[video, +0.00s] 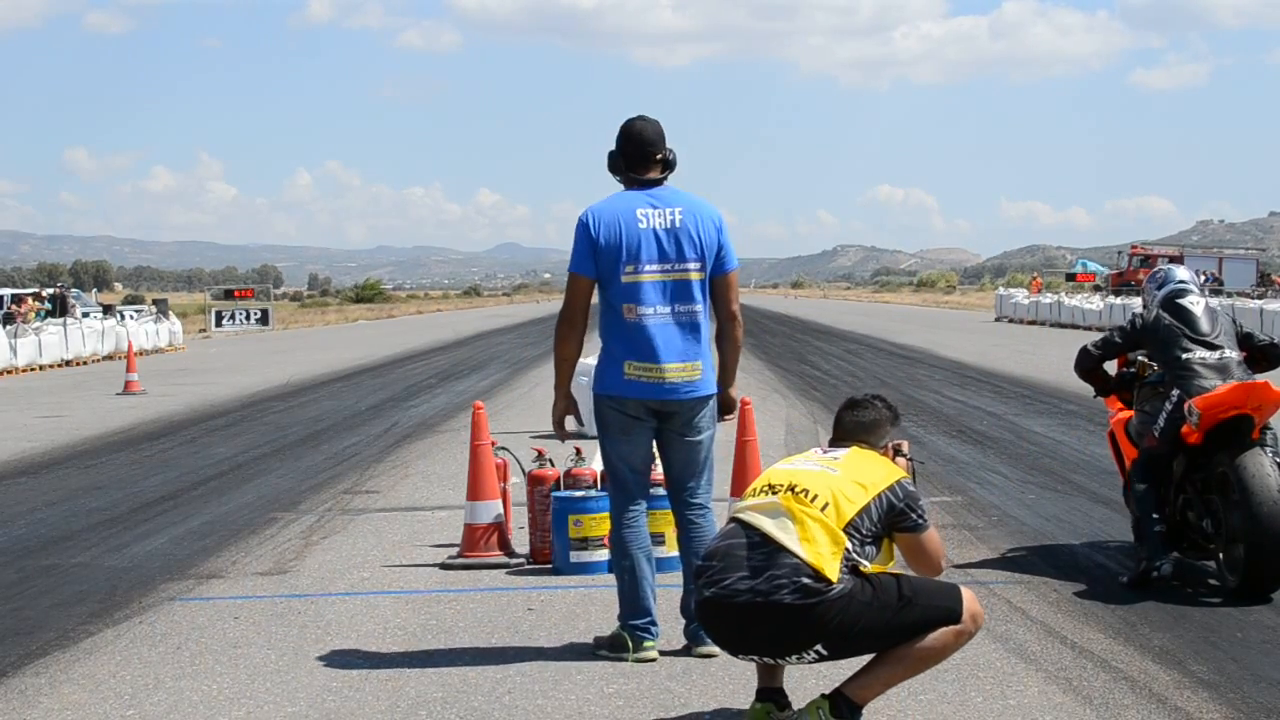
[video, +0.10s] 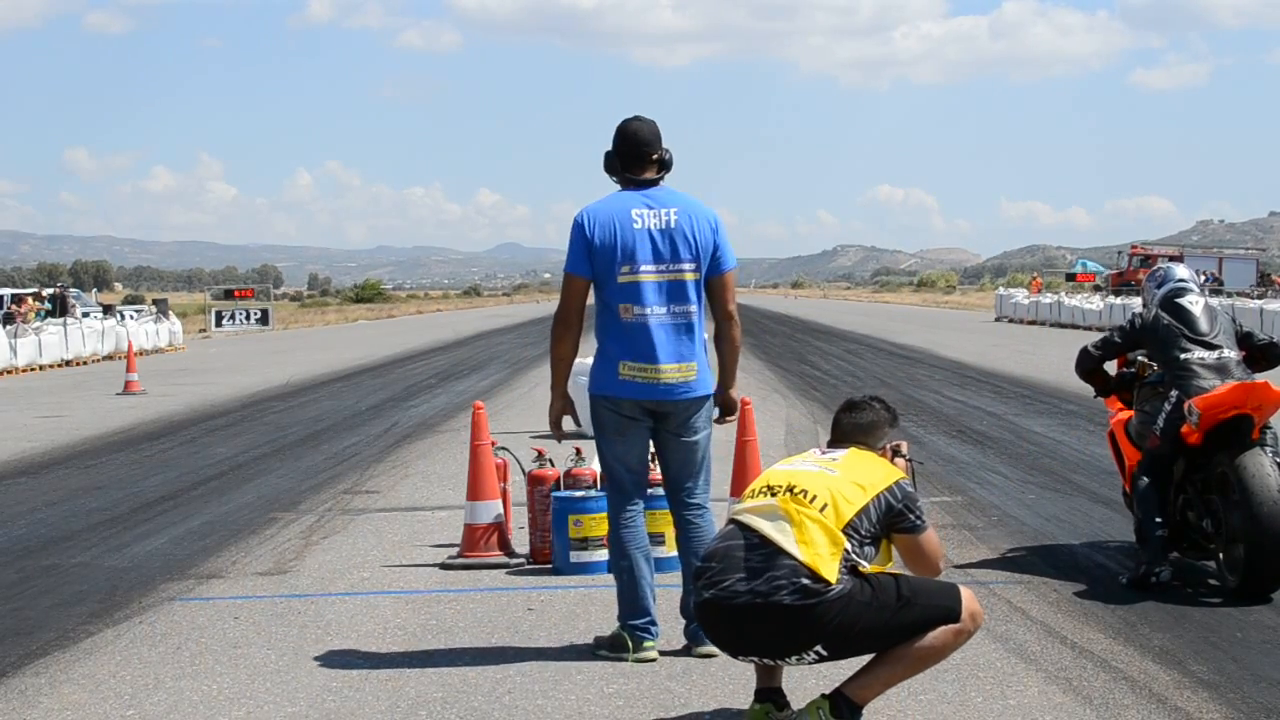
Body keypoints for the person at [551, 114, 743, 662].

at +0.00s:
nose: (617, 165)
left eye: (617, 158)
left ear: (617, 164)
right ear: (668, 162)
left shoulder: (598, 220)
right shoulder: (707, 217)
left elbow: (574, 314)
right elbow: (730, 313)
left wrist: (563, 388)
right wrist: (727, 382)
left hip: (623, 386)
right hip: (692, 384)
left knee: (629, 505)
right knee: (695, 504)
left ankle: (639, 631)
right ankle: (704, 629)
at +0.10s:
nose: (615, 165)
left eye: (614, 158)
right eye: (656, 156)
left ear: (613, 164)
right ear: (664, 162)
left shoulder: (594, 220)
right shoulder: (703, 218)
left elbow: (570, 315)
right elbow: (727, 314)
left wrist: (559, 389)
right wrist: (727, 384)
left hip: (619, 386)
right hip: (688, 384)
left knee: (627, 505)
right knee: (694, 502)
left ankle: (639, 632)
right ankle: (704, 629)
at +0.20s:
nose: (613, 167)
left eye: (609, 160)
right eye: (652, 157)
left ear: (608, 165)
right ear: (659, 163)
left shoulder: (589, 221)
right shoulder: (698, 218)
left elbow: (565, 314)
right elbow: (723, 313)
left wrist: (555, 388)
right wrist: (727, 384)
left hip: (614, 386)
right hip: (683, 385)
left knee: (624, 506)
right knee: (691, 502)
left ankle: (639, 632)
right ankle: (704, 628)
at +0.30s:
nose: (611, 167)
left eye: (605, 160)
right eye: (644, 158)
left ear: (602, 165)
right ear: (653, 163)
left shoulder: (583, 221)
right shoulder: (692, 219)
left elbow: (559, 315)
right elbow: (717, 315)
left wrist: (549, 388)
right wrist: (722, 384)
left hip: (607, 386)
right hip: (676, 385)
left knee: (621, 506)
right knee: (686, 501)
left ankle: (639, 632)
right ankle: (703, 626)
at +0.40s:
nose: (601, 167)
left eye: (598, 161)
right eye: (638, 159)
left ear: (596, 166)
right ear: (647, 164)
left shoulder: (577, 222)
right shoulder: (685, 220)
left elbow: (553, 317)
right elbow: (710, 316)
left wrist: (543, 389)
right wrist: (713, 385)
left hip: (602, 387)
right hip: (670, 385)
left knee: (617, 504)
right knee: (678, 497)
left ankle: (638, 631)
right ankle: (699, 619)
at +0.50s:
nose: (591, 168)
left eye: (590, 162)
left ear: (589, 167)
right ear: (640, 165)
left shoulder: (572, 223)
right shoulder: (679, 221)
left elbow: (547, 316)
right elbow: (701, 317)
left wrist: (536, 391)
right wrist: (701, 386)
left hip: (598, 387)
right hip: (664, 384)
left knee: (614, 503)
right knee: (664, 492)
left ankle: (638, 631)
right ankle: (681, 614)